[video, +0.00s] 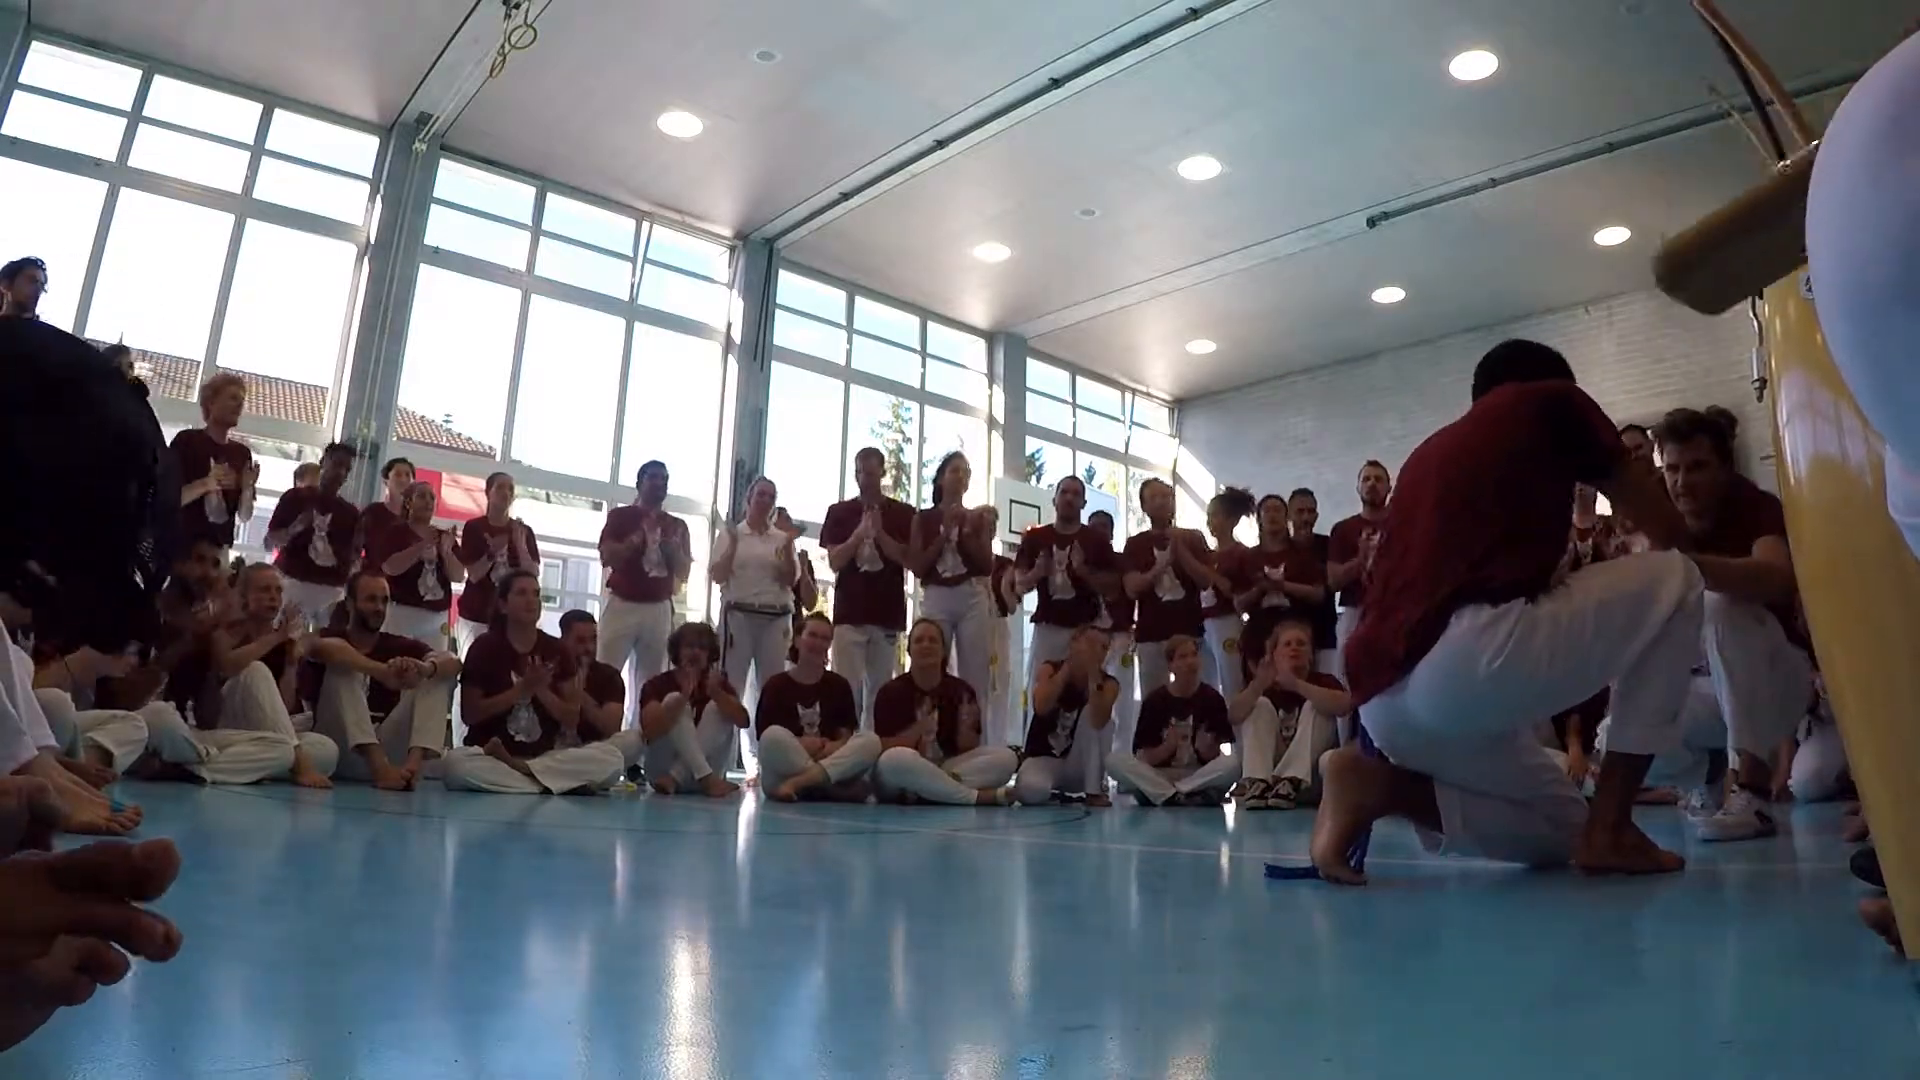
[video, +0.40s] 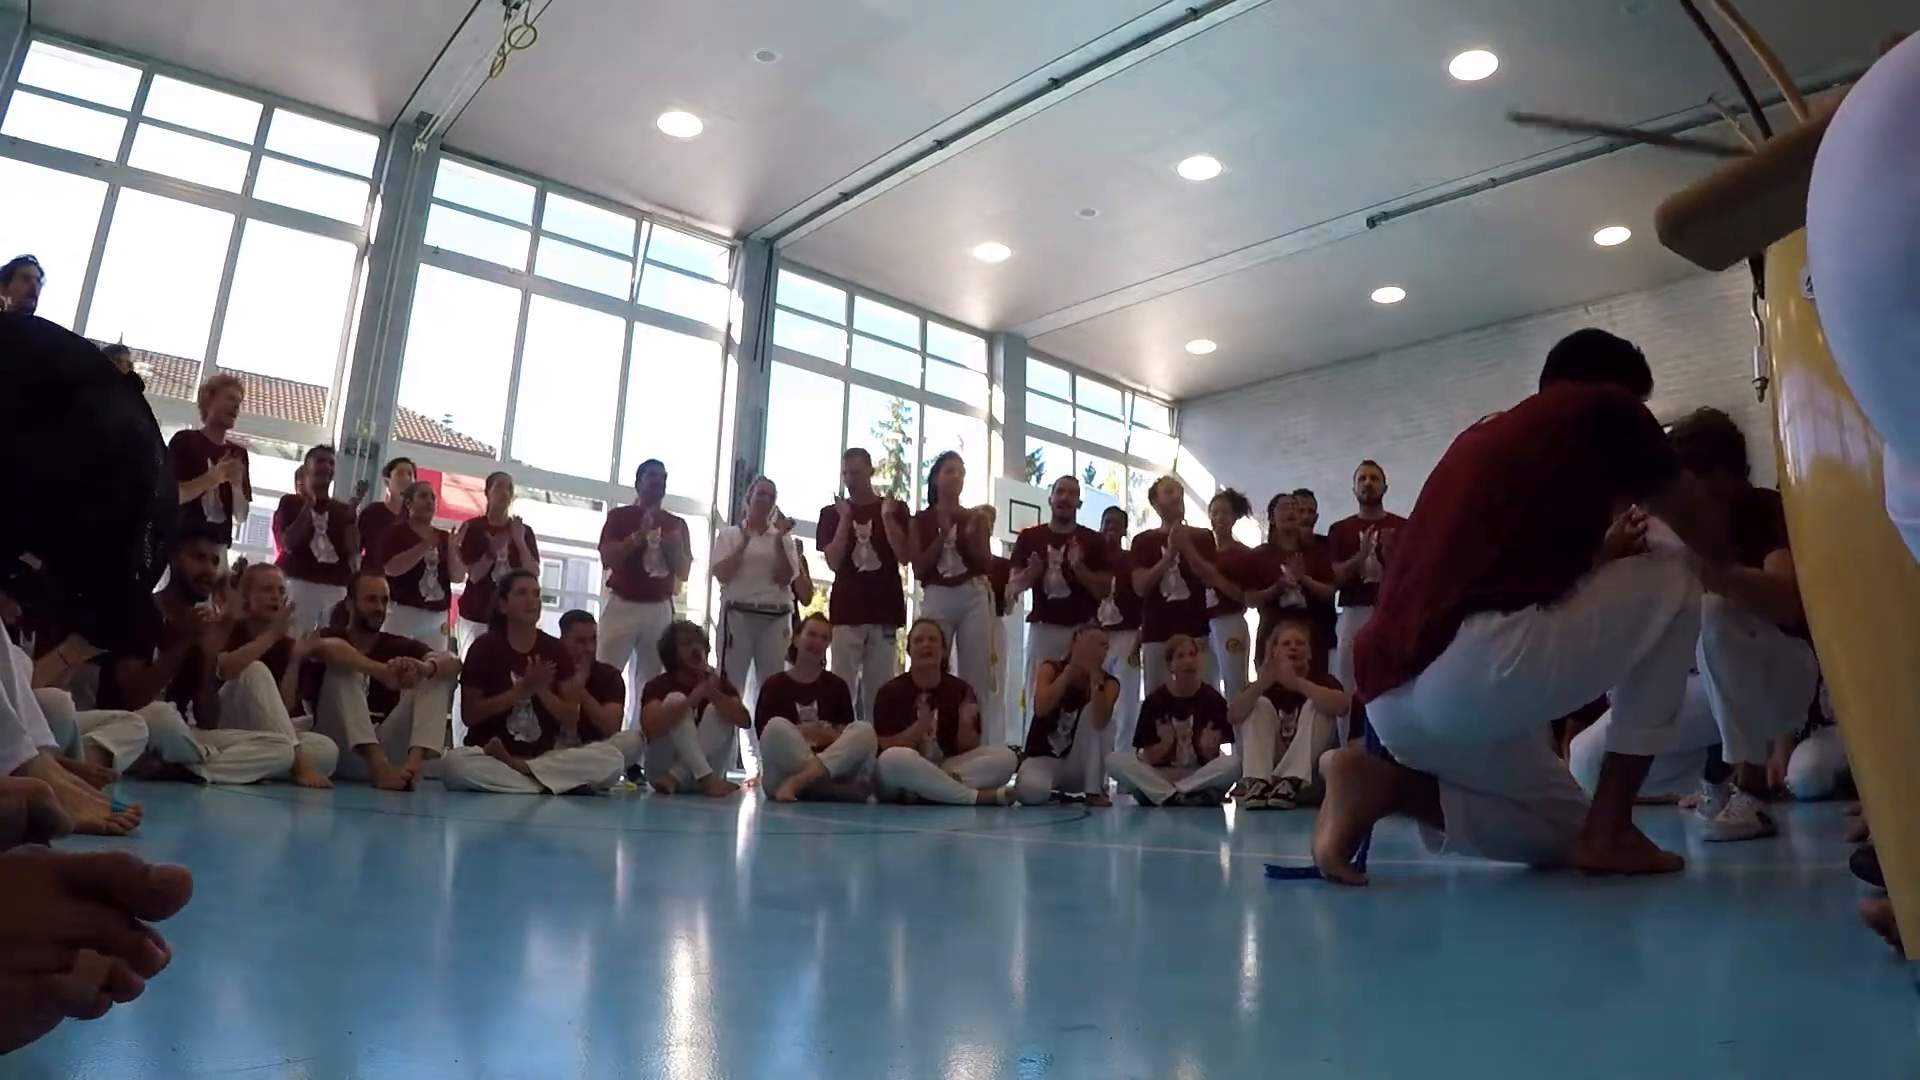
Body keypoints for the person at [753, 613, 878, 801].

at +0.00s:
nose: (818, 643)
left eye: (825, 639)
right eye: (813, 636)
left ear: (830, 645)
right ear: (797, 639)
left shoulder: (839, 685)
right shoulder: (776, 684)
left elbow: (846, 737)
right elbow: (764, 737)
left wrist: (832, 747)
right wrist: (800, 744)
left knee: (871, 741)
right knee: (773, 736)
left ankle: (797, 784)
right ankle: (835, 789)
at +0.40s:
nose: (817, 642)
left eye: (824, 638)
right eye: (811, 635)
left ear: (829, 645)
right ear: (796, 639)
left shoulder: (837, 685)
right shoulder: (774, 684)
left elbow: (848, 733)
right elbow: (764, 736)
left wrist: (826, 736)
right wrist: (801, 731)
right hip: (783, 776)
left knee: (865, 732)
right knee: (776, 728)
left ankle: (796, 784)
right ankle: (836, 789)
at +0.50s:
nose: (817, 644)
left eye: (823, 640)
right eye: (811, 636)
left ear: (828, 646)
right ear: (796, 639)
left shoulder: (836, 685)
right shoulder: (774, 683)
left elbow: (848, 731)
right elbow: (764, 733)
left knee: (863, 729)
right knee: (778, 723)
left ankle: (795, 784)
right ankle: (837, 788)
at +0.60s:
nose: (817, 644)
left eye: (823, 641)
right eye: (811, 637)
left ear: (828, 647)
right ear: (796, 639)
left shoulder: (835, 683)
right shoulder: (774, 682)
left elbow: (842, 733)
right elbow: (769, 733)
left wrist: (834, 710)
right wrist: (802, 713)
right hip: (784, 775)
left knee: (861, 725)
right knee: (780, 719)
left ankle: (795, 783)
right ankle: (835, 787)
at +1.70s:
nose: (823, 645)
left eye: (830, 640)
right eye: (817, 637)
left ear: (835, 646)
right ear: (801, 638)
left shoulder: (841, 680)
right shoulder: (782, 678)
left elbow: (854, 723)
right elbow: (778, 730)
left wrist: (833, 683)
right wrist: (816, 693)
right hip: (785, 776)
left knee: (866, 729)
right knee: (765, 722)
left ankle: (797, 784)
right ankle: (832, 785)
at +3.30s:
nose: (817, 646)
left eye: (819, 639)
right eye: (809, 642)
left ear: (822, 640)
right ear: (790, 647)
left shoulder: (833, 673)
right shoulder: (776, 681)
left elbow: (847, 705)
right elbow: (803, 732)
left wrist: (826, 663)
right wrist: (805, 680)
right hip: (787, 778)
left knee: (854, 720)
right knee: (769, 717)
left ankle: (794, 784)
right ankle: (829, 785)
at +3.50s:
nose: (812, 650)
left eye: (814, 646)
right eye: (806, 646)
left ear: (817, 646)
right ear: (784, 648)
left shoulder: (823, 672)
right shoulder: (771, 678)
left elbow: (846, 698)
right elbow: (797, 715)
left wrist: (829, 646)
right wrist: (789, 661)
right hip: (785, 778)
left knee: (854, 717)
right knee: (768, 719)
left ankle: (801, 784)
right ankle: (829, 785)